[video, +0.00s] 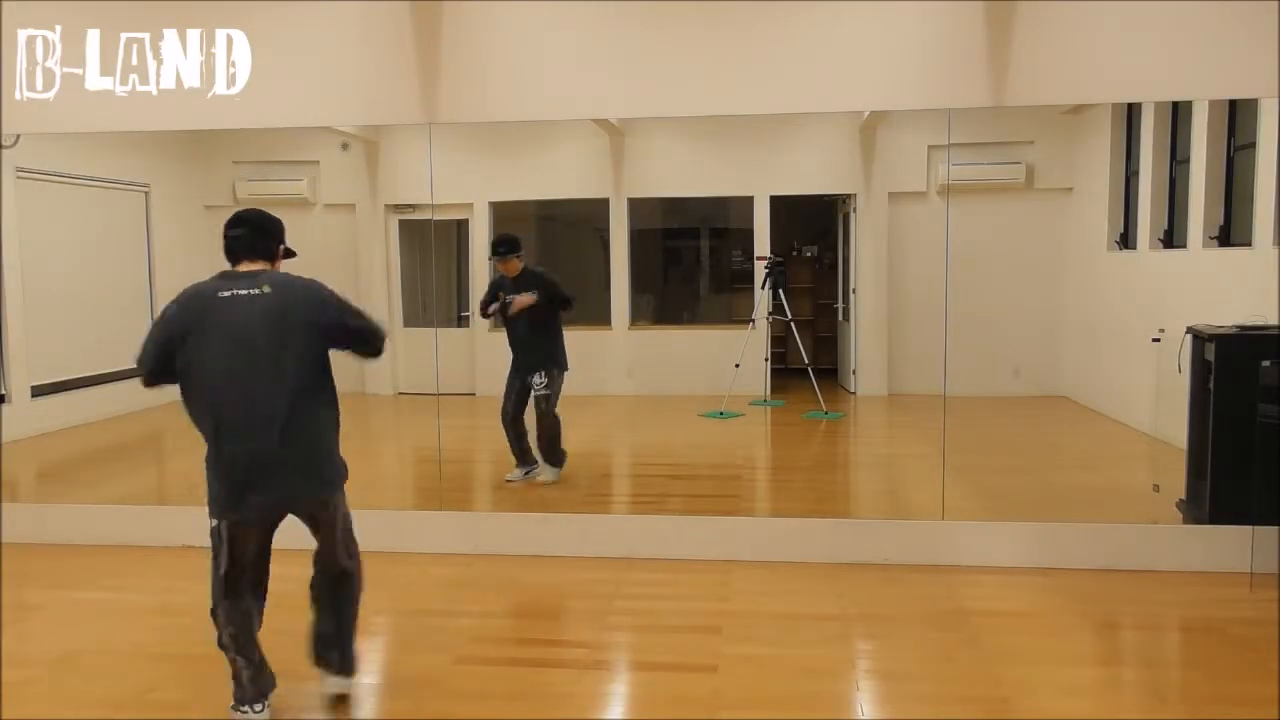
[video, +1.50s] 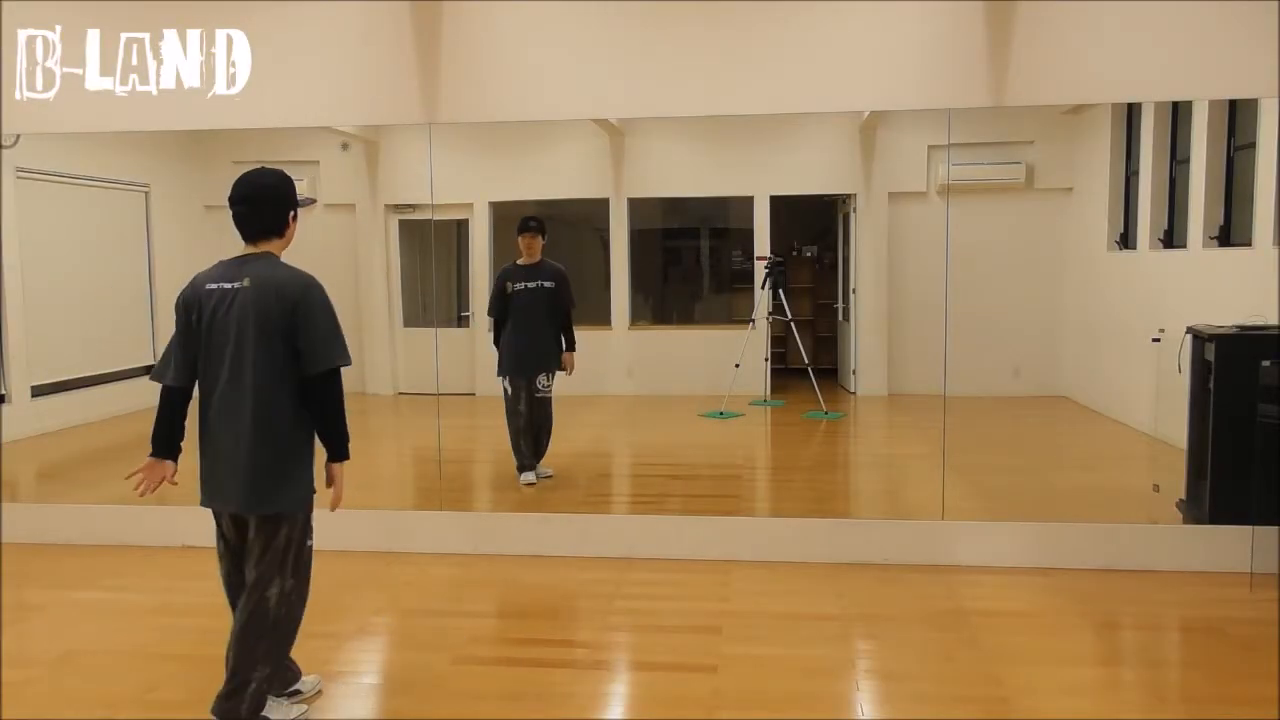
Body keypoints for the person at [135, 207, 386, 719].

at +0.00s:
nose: (283, 260)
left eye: (280, 255)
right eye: (283, 255)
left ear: (227, 255)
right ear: (278, 256)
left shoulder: (191, 303)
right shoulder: (303, 295)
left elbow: (151, 370)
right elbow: (371, 340)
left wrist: (205, 354)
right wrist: (317, 324)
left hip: (237, 471)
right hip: (311, 465)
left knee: (236, 582)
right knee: (338, 549)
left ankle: (251, 694)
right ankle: (336, 657)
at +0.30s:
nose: (262, 251)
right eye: (263, 243)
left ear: (208, 250)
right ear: (260, 248)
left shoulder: (199, 307)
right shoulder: (289, 300)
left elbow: (155, 363)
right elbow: (293, 376)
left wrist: (186, 328)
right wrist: (225, 408)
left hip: (253, 473)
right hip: (319, 465)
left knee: (235, 589)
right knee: (362, 557)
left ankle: (254, 694)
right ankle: (437, 652)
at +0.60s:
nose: (277, 223)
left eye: (274, 215)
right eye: (276, 215)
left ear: (216, 226)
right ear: (268, 222)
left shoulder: (193, 287)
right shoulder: (294, 280)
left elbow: (228, 345)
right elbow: (346, 342)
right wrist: (317, 379)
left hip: (222, 463)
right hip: (289, 461)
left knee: (235, 583)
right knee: (290, 582)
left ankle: (218, 683)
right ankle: (240, 696)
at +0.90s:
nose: (290, 226)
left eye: (289, 215)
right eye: (289, 215)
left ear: (238, 216)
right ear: (274, 217)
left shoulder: (250, 279)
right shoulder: (228, 281)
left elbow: (249, 370)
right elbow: (242, 368)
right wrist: (283, 321)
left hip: (289, 464)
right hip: (254, 473)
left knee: (308, 577)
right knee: (258, 594)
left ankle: (241, 649)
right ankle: (241, 705)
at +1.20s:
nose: (293, 221)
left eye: (291, 211)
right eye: (291, 212)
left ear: (241, 218)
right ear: (279, 217)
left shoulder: (240, 275)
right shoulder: (244, 280)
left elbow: (252, 367)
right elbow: (269, 362)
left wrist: (292, 339)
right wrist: (308, 340)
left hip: (273, 459)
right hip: (253, 466)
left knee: (322, 544)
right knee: (255, 586)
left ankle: (247, 644)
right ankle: (241, 704)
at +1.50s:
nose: (296, 220)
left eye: (293, 211)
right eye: (295, 213)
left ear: (239, 221)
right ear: (288, 222)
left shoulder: (202, 287)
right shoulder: (300, 290)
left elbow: (176, 379)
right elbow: (323, 381)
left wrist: (164, 451)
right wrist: (337, 454)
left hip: (221, 470)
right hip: (279, 472)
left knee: (246, 583)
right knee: (274, 589)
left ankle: (279, 678)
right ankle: (237, 706)